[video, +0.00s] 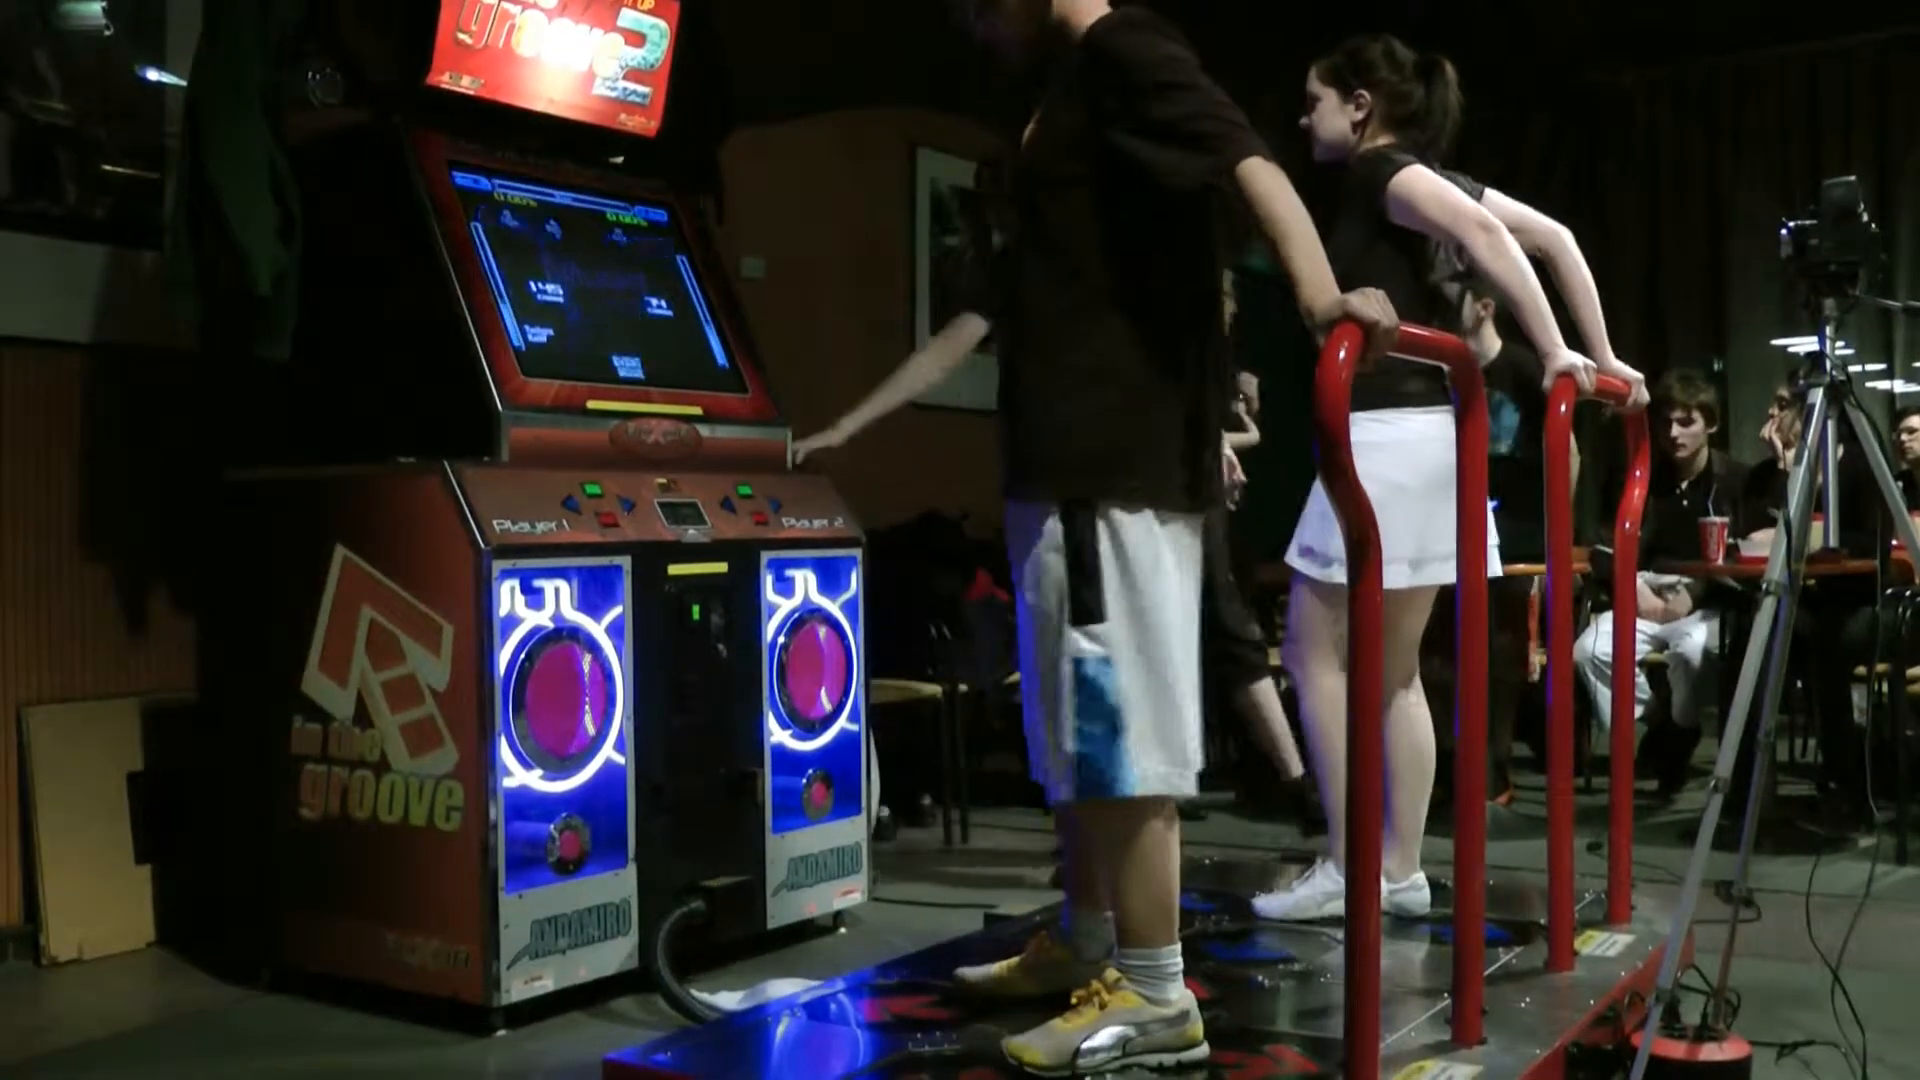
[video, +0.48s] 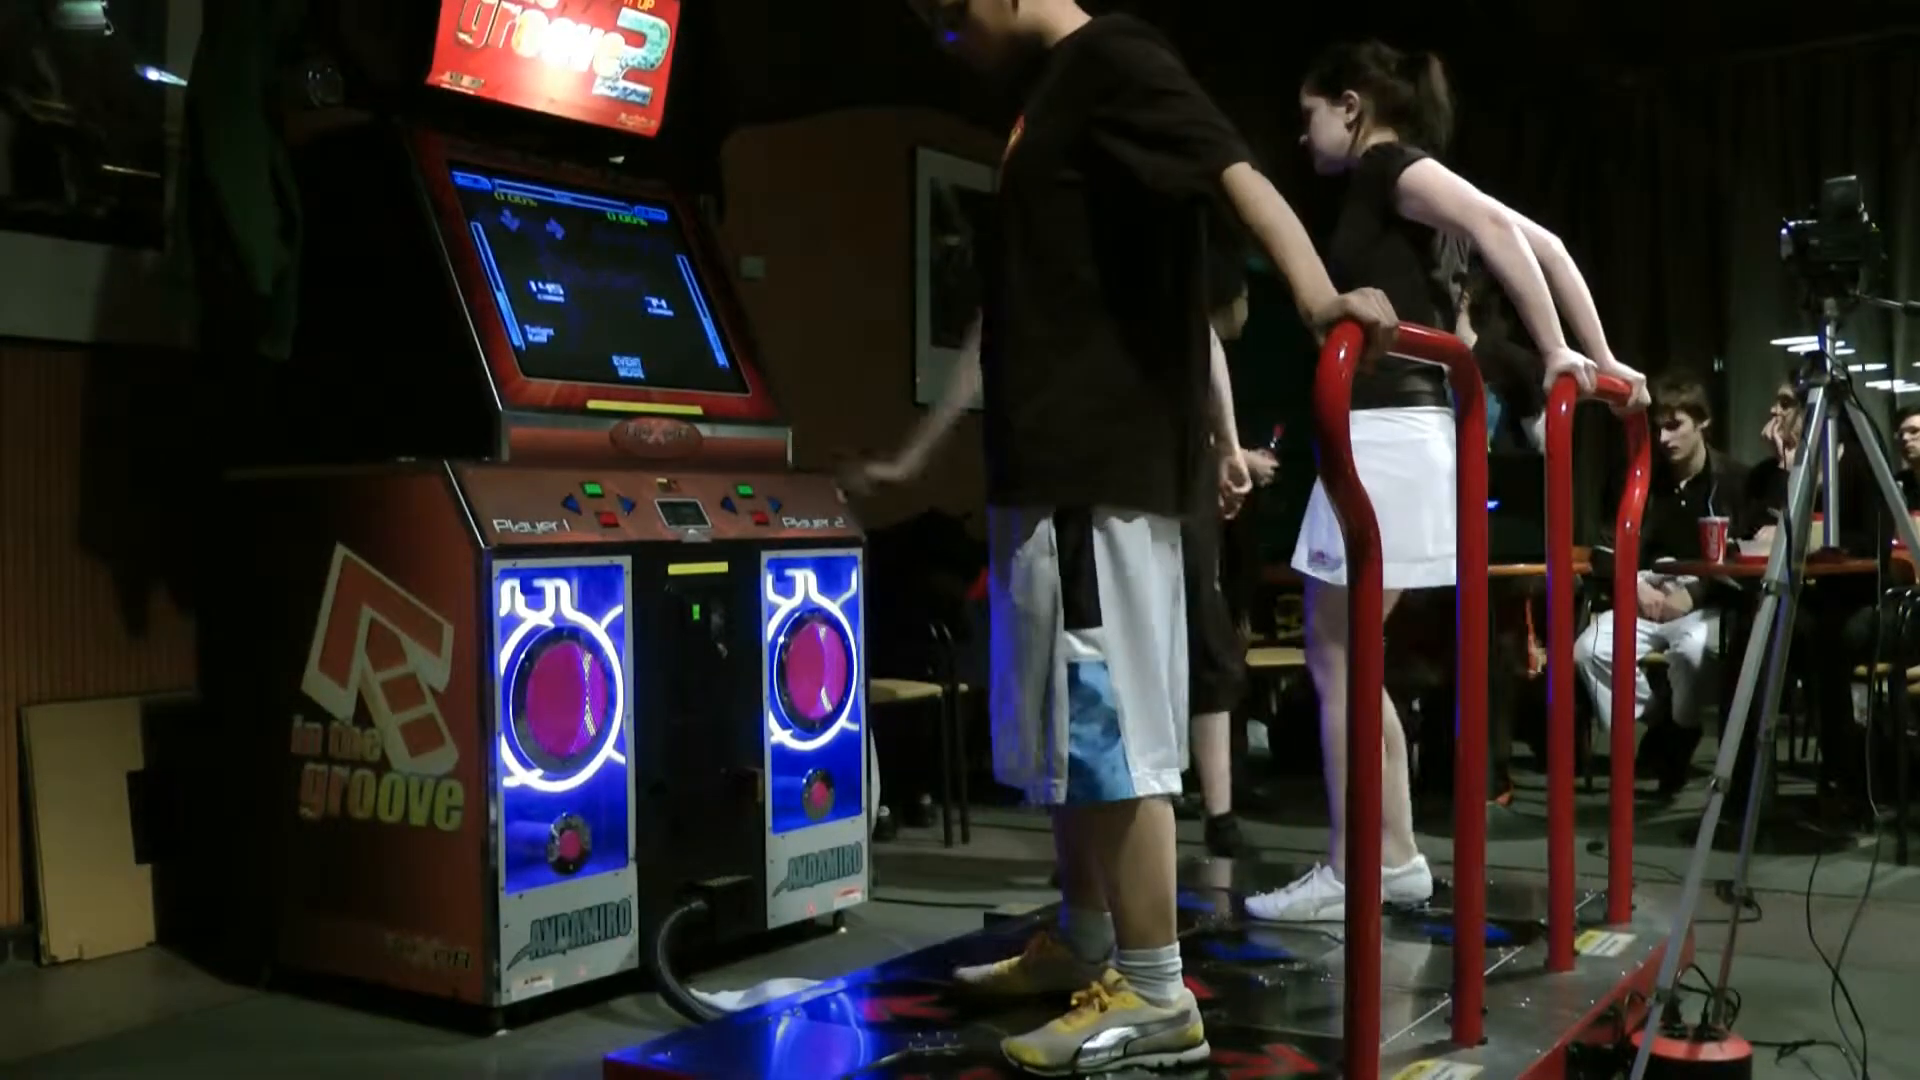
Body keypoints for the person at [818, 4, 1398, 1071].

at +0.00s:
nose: (993, 22)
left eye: (1000, 8)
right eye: (991, 15)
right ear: (1035, 20)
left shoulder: (1127, 52)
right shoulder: (1043, 120)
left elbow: (1255, 166)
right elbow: (975, 317)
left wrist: (1325, 302)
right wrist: (848, 424)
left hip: (1129, 466)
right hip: (1062, 467)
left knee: (1134, 734)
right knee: (1078, 724)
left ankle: (1156, 996)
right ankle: (1088, 943)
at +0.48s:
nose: (960, 36)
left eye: (960, 16)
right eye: (952, 24)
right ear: (1016, 12)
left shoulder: (1115, 61)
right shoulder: (1045, 104)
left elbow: (1242, 181)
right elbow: (1008, 324)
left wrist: (1326, 302)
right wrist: (917, 462)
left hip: (1112, 468)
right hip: (1053, 468)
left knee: (1118, 732)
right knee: (1071, 726)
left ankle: (1157, 997)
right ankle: (1084, 945)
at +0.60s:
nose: (954, 35)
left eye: (955, 15)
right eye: (950, 22)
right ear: (1008, 11)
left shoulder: (1112, 62)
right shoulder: (1052, 97)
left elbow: (1234, 175)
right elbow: (1155, 295)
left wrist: (1319, 297)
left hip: (1112, 470)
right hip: (1054, 469)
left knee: (1117, 739)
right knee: (1062, 730)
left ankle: (1157, 996)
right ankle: (1084, 943)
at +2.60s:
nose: (999, 16)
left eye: (1003, 4)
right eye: (1000, 9)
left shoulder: (1110, 56)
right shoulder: (1107, 72)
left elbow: (1227, 177)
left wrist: (1317, 301)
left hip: (1092, 471)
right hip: (1133, 466)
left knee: (1047, 719)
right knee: (1110, 715)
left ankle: (1114, 973)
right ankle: (1087, 946)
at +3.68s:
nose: (1062, 24)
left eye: (1063, 17)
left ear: (1091, 5)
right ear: (1166, 3)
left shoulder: (1089, 47)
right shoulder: (1247, 65)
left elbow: (1227, 126)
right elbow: (1360, 191)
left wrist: (1296, 311)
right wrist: (1435, 318)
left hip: (1127, 427)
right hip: (1241, 441)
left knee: (1098, 708)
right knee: (1171, 706)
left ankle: (1093, 992)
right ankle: (1155, 960)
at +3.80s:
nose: (1058, 21)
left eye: (1062, 16)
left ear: (1088, 3)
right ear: (1168, 1)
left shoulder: (1103, 52)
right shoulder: (1247, 69)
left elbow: (1190, 177)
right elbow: (1358, 189)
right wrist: (1433, 316)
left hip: (1138, 446)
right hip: (1241, 441)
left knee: (1102, 713)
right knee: (1175, 709)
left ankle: (1095, 991)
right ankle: (1153, 955)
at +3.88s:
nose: (1068, 19)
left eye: (1072, 12)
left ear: (1103, 2)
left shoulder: (1106, 61)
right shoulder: (1258, 72)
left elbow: (1128, 220)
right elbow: (1361, 188)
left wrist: (987, 247)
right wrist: (1433, 314)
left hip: (1128, 434)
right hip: (1239, 437)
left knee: (1105, 708)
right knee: (1175, 700)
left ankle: (1093, 988)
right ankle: (1153, 954)